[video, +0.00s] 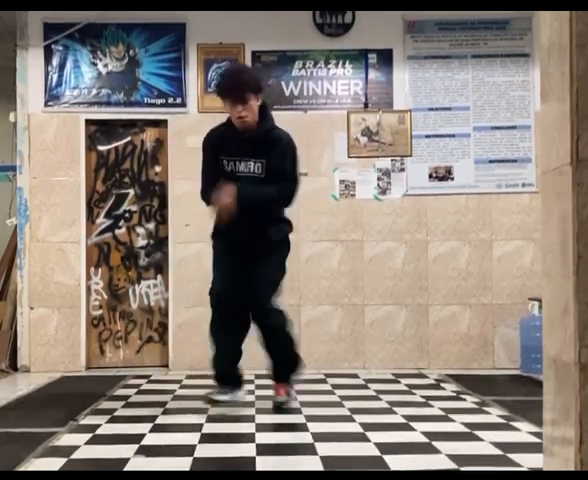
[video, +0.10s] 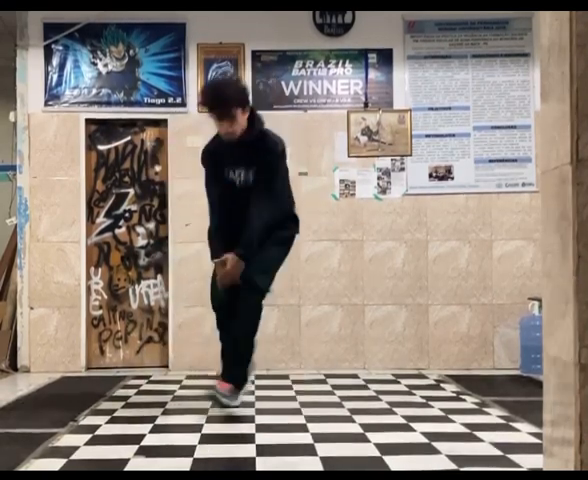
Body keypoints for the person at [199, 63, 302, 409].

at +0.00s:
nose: (239, 110)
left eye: (245, 102)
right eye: (232, 103)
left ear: (259, 100)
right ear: (225, 104)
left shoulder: (280, 142)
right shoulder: (216, 139)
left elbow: (285, 193)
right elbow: (208, 185)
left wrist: (239, 193)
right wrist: (221, 196)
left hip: (268, 235)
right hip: (229, 235)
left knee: (259, 302)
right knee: (225, 306)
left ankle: (284, 375)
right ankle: (227, 382)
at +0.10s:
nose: (224, 127)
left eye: (230, 119)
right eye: (218, 120)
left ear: (246, 111)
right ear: (212, 116)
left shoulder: (269, 146)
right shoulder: (213, 152)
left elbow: (269, 208)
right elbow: (216, 210)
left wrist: (241, 253)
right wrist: (219, 256)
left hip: (273, 228)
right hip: (233, 231)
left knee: (249, 290)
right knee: (221, 296)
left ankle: (233, 377)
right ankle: (237, 366)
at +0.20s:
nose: (218, 142)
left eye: (223, 134)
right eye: (211, 136)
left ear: (238, 128)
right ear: (204, 134)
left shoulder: (267, 159)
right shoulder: (211, 169)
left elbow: (292, 212)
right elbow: (213, 211)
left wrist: (265, 233)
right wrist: (211, 236)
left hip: (281, 234)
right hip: (244, 235)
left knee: (251, 290)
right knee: (229, 297)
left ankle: (231, 370)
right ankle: (241, 384)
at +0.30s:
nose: (228, 141)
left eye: (233, 134)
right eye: (221, 135)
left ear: (245, 127)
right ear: (211, 132)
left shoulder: (271, 157)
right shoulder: (212, 169)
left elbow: (322, 182)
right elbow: (199, 194)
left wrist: (299, 177)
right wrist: (172, 197)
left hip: (283, 249)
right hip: (243, 256)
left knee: (258, 302)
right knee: (224, 330)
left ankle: (307, 377)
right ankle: (246, 385)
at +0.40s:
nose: (235, 150)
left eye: (241, 142)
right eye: (228, 144)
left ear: (251, 136)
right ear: (217, 142)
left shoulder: (274, 155)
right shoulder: (212, 175)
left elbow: (297, 149)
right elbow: (169, 176)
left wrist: (305, 131)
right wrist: (126, 174)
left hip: (293, 267)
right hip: (255, 274)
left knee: (300, 332)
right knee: (225, 333)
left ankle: (377, 387)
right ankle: (250, 386)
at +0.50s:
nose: (229, 158)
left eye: (234, 151)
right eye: (222, 152)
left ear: (243, 145)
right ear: (210, 149)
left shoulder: (262, 160)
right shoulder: (204, 179)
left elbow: (286, 156)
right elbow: (166, 188)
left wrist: (284, 154)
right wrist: (131, 201)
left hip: (299, 264)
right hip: (258, 273)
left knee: (325, 330)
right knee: (233, 330)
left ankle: (384, 393)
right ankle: (255, 386)